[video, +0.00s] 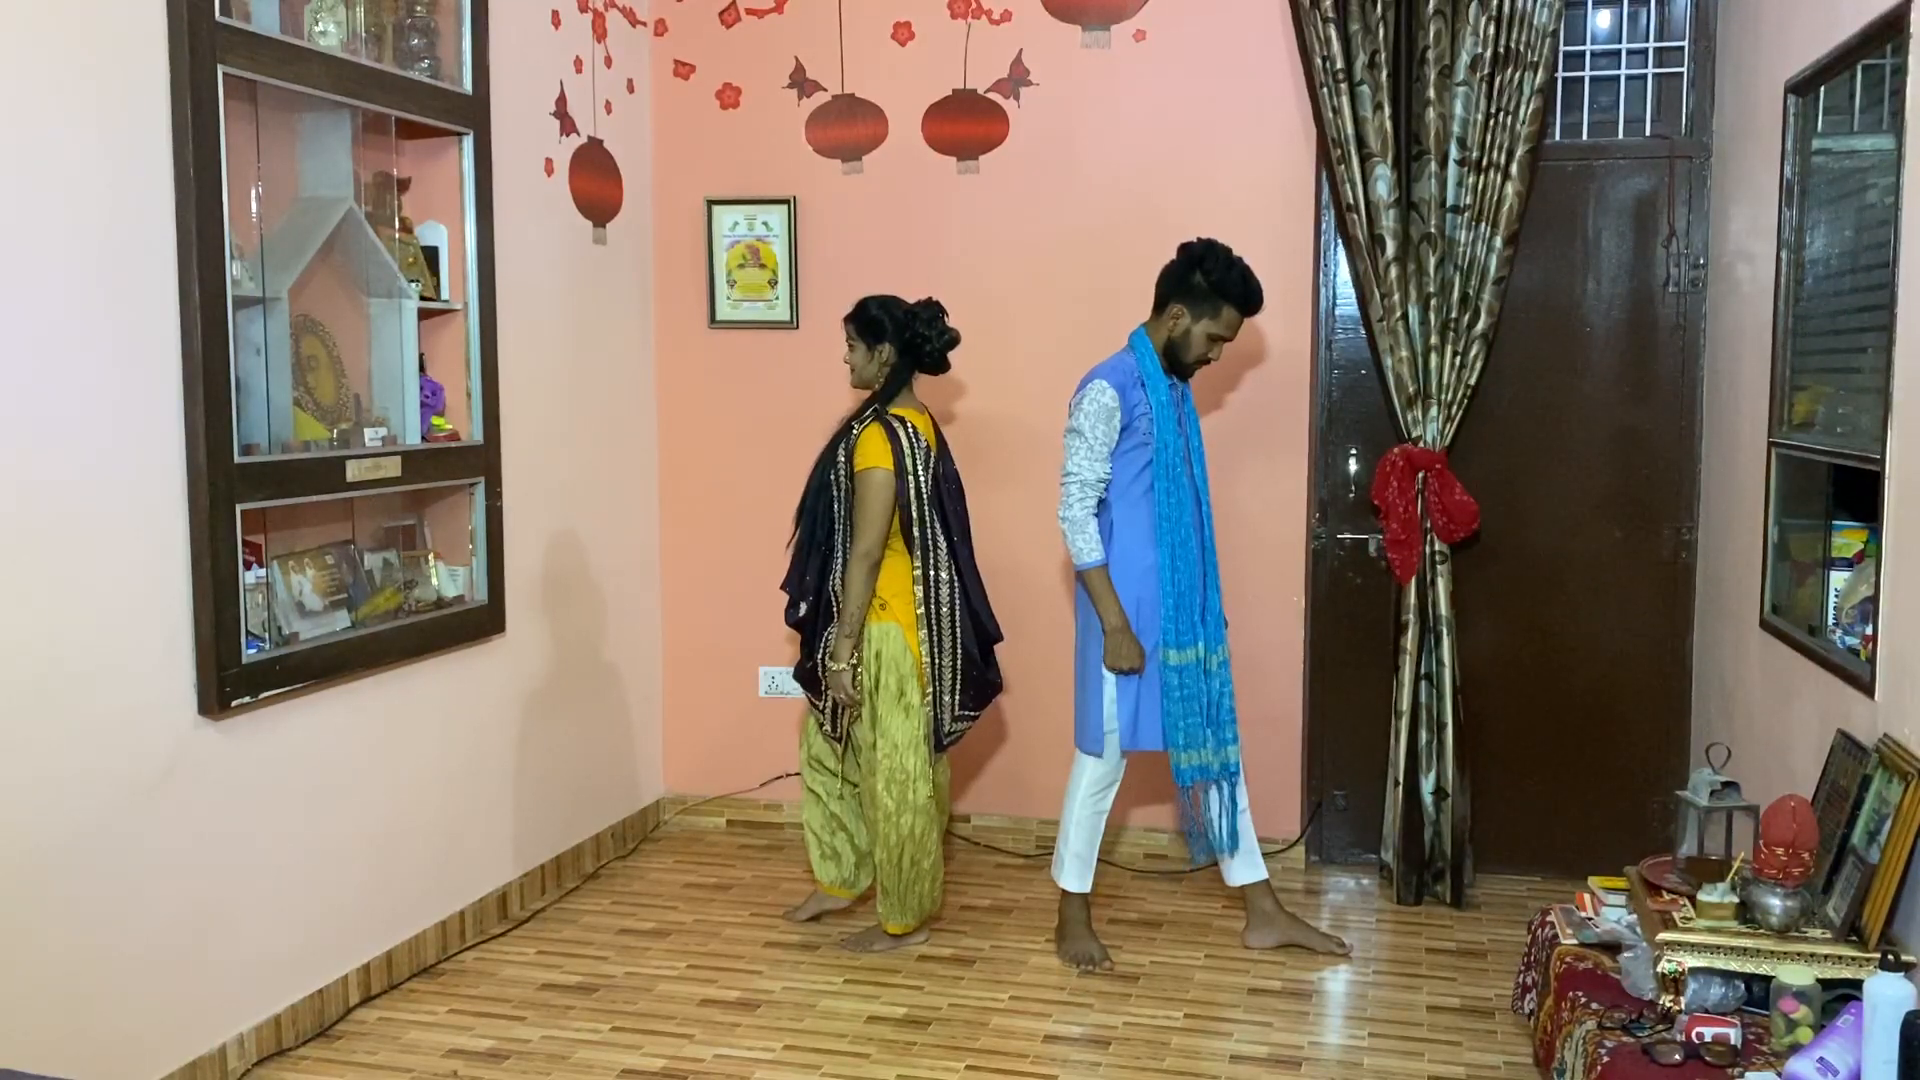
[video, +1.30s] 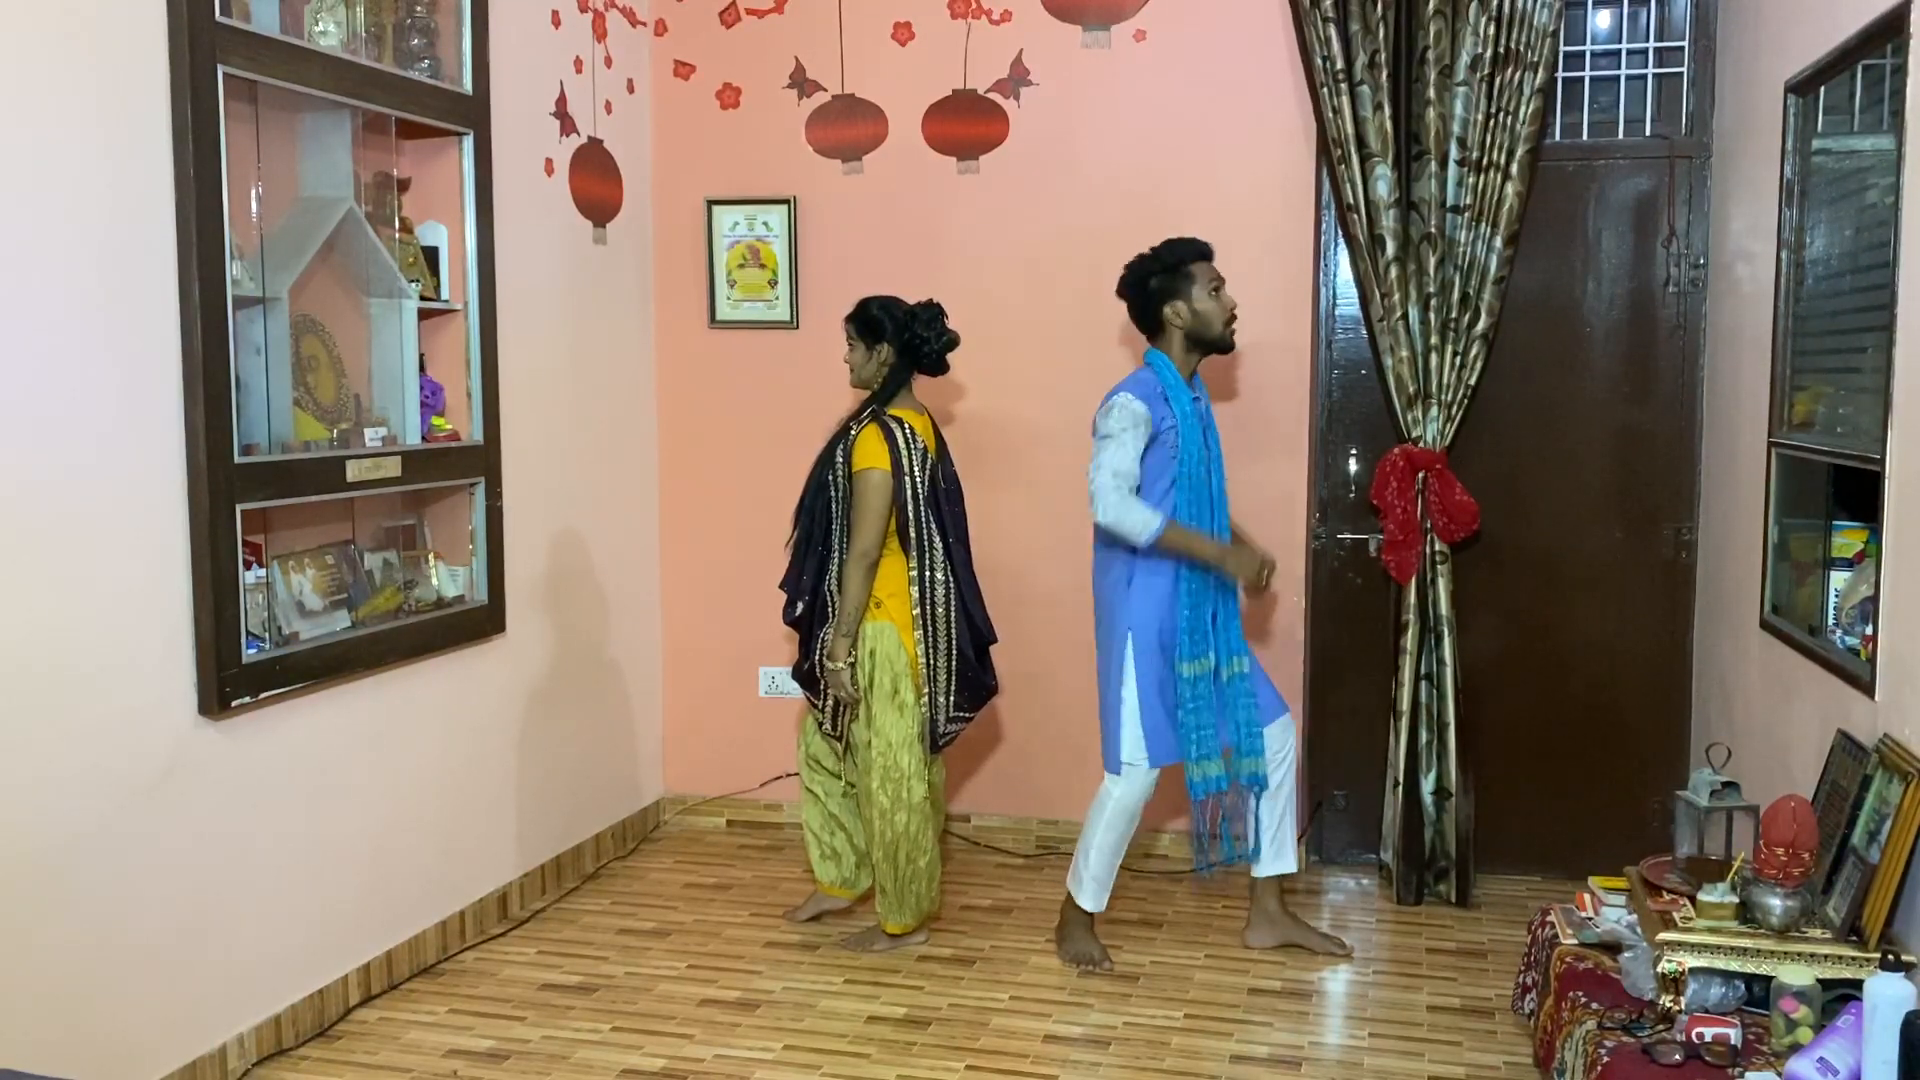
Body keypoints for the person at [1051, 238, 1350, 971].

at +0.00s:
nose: (1219, 353)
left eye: (1227, 340)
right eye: (1215, 336)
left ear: (1194, 320)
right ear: (1173, 312)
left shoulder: (1172, 391)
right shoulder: (1106, 392)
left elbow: (1173, 516)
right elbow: (1076, 515)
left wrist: (1200, 608)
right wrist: (1114, 622)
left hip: (1184, 604)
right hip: (1123, 605)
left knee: (1211, 745)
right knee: (1103, 754)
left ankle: (1263, 908)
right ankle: (1072, 913)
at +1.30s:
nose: (1232, 302)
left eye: (1225, 288)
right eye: (1216, 290)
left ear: (1181, 313)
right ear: (1173, 311)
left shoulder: (1188, 401)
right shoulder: (1135, 402)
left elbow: (1189, 502)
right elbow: (1111, 506)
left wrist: (1240, 546)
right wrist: (1215, 552)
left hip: (1196, 616)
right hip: (1140, 619)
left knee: (1277, 733)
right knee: (1136, 767)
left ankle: (1270, 908)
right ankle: (1078, 918)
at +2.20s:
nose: (1230, 255)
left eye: (1225, 244)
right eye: (1214, 248)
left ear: (1196, 266)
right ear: (1171, 270)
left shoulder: (1251, 334)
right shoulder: (1151, 357)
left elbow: (1292, 412)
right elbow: (1168, 434)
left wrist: (1330, 458)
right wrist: (1190, 491)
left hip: (1252, 555)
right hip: (1185, 554)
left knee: (1256, 713)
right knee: (1137, 711)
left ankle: (1269, 876)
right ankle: (1058, 874)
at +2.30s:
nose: (1244, 271)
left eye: (1240, 258)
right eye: (1228, 261)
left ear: (1206, 277)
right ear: (1184, 280)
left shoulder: (1260, 353)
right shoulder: (1154, 373)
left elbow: (1295, 444)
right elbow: (1173, 451)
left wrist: (1357, 477)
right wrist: (1191, 504)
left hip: (1258, 570)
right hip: (1185, 566)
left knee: (1272, 724)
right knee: (1137, 724)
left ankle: (1266, 892)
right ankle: (1048, 884)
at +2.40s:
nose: (1258, 301)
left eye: (1254, 288)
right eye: (1243, 290)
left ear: (1216, 307)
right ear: (1200, 307)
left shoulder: (1237, 389)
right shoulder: (1199, 387)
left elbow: (1287, 471)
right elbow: (1179, 473)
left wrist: (1379, 485)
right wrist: (1152, 543)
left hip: (1251, 608)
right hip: (1183, 605)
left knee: (1301, 739)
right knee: (1128, 754)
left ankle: (1266, 900)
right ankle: (1044, 893)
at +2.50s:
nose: (1266, 325)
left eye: (1262, 313)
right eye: (1252, 315)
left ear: (1228, 328)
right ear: (1208, 332)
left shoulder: (1260, 414)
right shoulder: (1170, 407)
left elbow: (1295, 491)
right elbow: (1166, 496)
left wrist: (1361, 521)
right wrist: (1170, 572)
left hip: (1259, 619)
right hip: (1186, 615)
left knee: (1313, 757)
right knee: (1158, 787)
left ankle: (1268, 902)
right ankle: (1038, 892)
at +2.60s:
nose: (1274, 336)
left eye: (1271, 324)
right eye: (1260, 327)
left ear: (1234, 339)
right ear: (1214, 343)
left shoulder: (1253, 427)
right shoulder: (1182, 427)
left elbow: (1284, 511)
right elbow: (1153, 517)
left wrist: (1359, 535)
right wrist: (1132, 591)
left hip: (1250, 627)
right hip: (1183, 629)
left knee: (1325, 748)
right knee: (1165, 795)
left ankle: (1269, 903)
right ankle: (1046, 890)